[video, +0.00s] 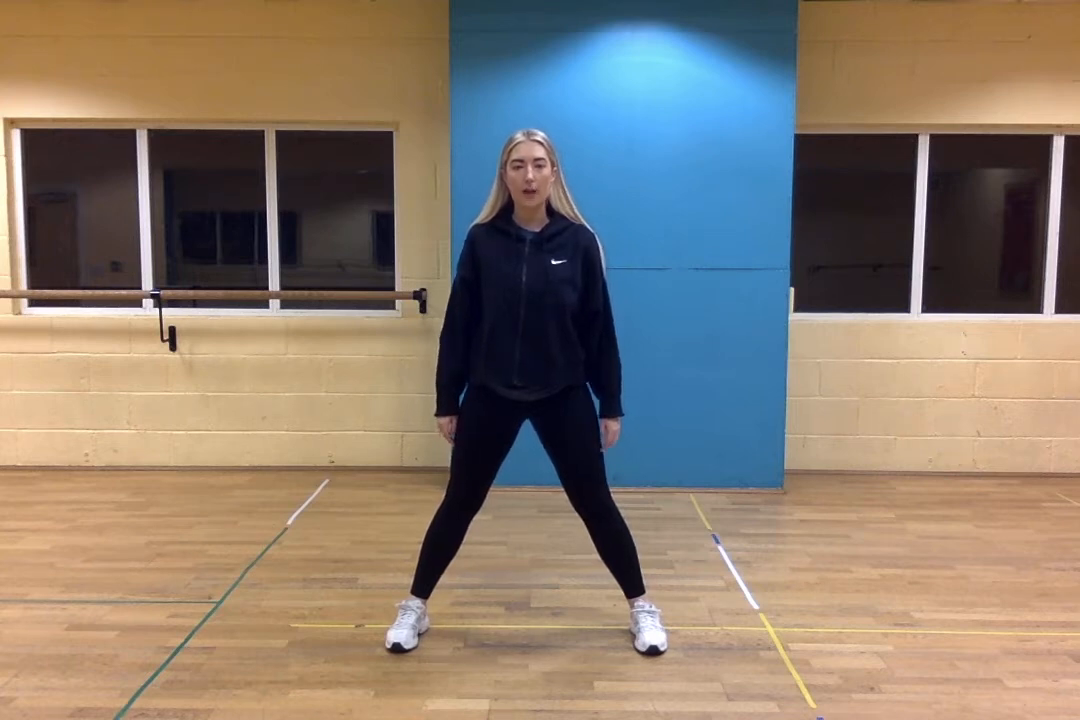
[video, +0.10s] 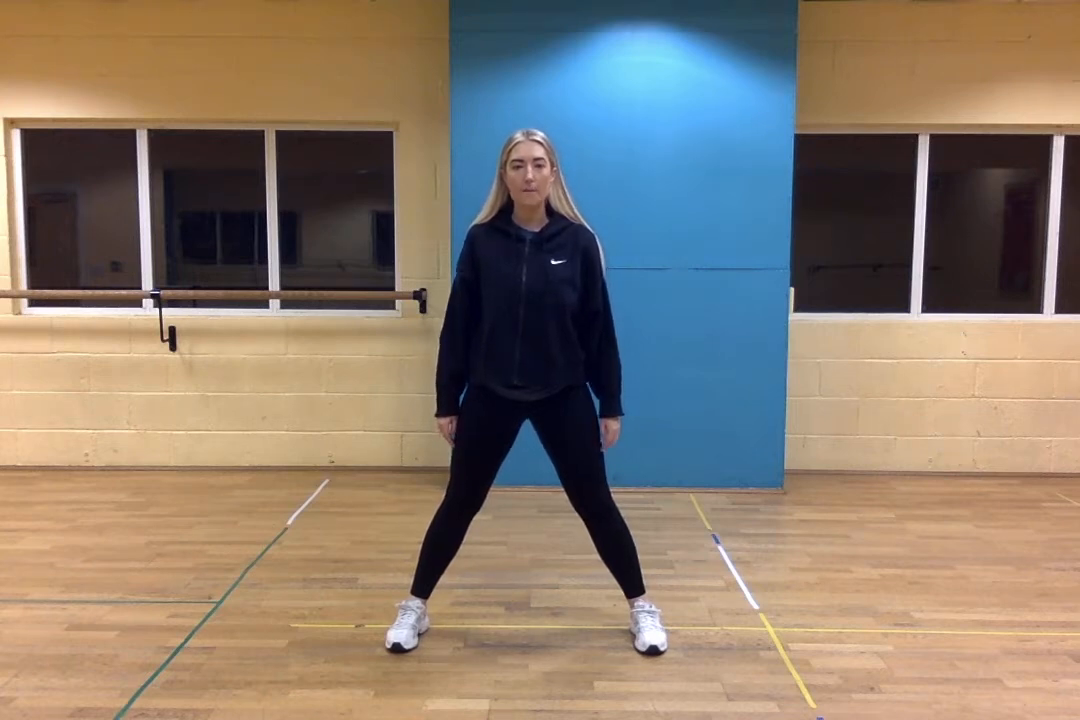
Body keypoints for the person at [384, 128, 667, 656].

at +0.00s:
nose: (529, 173)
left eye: (538, 164)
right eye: (518, 165)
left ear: (554, 173)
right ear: (505, 175)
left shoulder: (580, 239)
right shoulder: (483, 237)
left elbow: (598, 323)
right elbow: (458, 319)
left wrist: (610, 403)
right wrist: (447, 399)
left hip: (563, 393)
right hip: (491, 393)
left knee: (594, 502)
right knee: (460, 501)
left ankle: (641, 607)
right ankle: (414, 606)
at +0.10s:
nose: (529, 173)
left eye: (538, 164)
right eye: (518, 165)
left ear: (553, 172)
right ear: (504, 175)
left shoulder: (579, 239)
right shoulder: (482, 237)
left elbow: (598, 323)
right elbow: (458, 320)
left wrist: (610, 403)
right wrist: (448, 399)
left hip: (563, 393)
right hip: (491, 393)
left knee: (595, 502)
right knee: (460, 501)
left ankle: (641, 607)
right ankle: (414, 606)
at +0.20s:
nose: (529, 173)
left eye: (538, 164)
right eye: (518, 165)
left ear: (553, 173)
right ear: (504, 175)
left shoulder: (579, 239)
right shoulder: (482, 238)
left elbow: (598, 323)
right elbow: (458, 320)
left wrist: (610, 403)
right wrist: (447, 400)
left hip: (563, 393)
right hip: (491, 393)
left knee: (594, 502)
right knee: (460, 501)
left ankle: (641, 607)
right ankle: (414, 606)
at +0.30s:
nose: (529, 173)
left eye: (538, 164)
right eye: (518, 165)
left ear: (553, 172)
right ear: (504, 175)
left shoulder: (579, 239)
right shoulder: (482, 238)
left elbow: (597, 324)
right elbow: (458, 321)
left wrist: (609, 403)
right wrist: (447, 401)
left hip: (562, 394)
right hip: (491, 394)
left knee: (594, 502)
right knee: (460, 501)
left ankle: (641, 607)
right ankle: (414, 606)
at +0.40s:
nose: (529, 173)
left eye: (538, 164)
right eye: (518, 165)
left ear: (552, 172)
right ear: (504, 175)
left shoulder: (579, 239)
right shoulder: (482, 237)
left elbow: (597, 324)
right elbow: (458, 320)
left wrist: (609, 404)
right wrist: (447, 401)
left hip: (562, 394)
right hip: (491, 394)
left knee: (595, 502)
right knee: (460, 501)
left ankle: (641, 607)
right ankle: (414, 606)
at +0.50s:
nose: (529, 173)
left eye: (538, 163)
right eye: (518, 165)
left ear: (553, 172)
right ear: (504, 175)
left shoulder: (579, 239)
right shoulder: (482, 238)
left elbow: (597, 324)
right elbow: (458, 321)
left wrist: (609, 404)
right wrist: (448, 401)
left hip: (562, 394)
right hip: (491, 394)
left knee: (594, 502)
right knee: (460, 501)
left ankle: (641, 607)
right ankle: (414, 606)